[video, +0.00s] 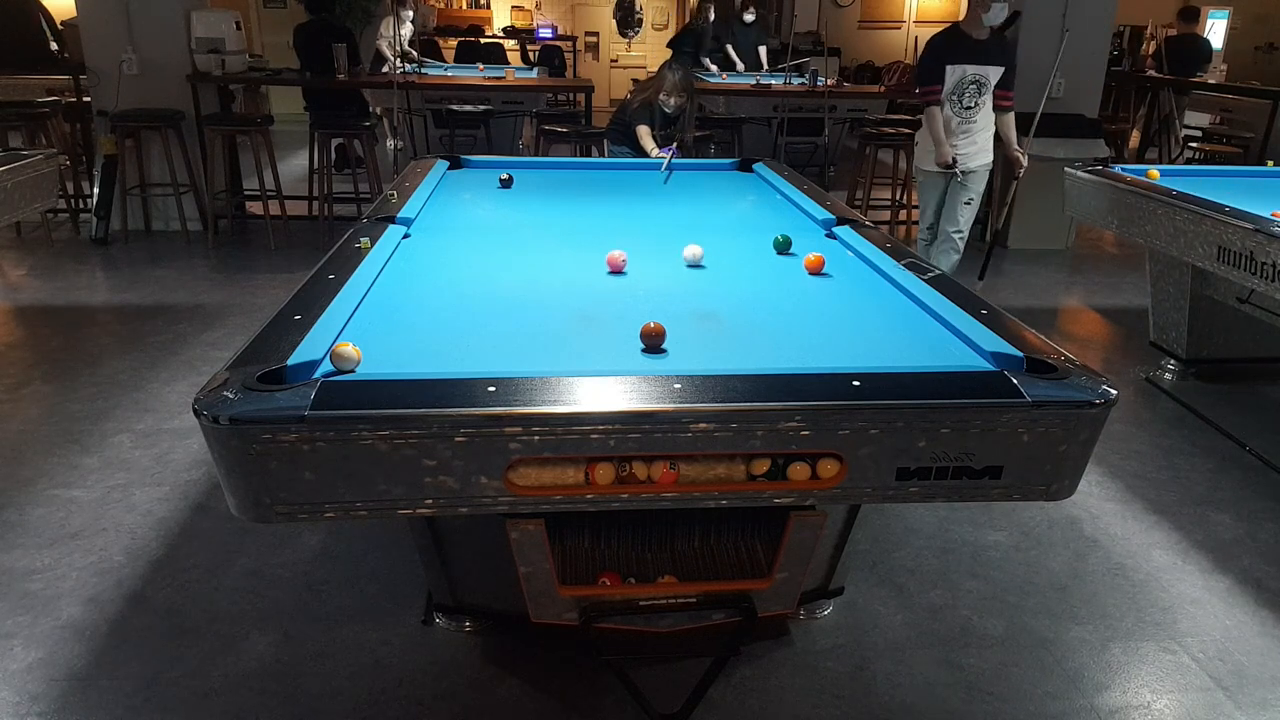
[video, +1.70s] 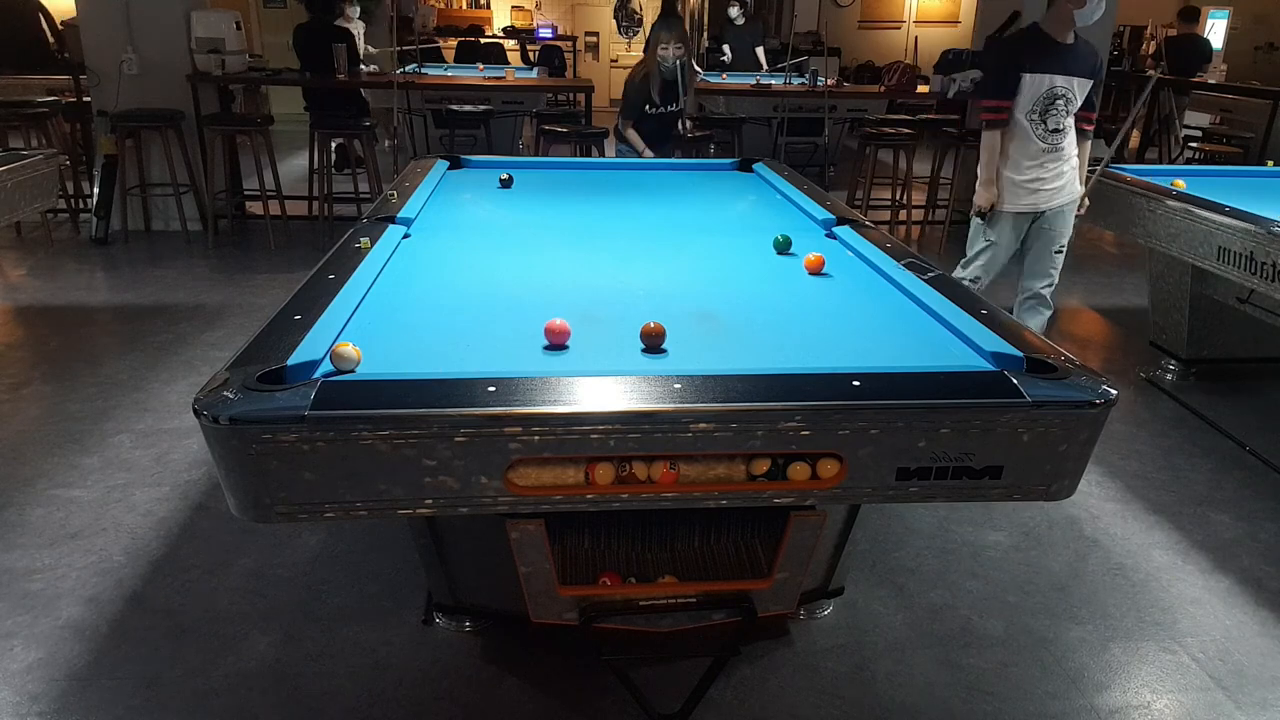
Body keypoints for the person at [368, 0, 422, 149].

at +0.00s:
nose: (409, 14)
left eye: (410, 10)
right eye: (405, 11)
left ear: (413, 11)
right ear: (398, 10)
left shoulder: (409, 27)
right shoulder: (389, 21)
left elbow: (403, 45)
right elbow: (380, 43)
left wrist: (412, 52)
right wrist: (392, 60)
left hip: (398, 66)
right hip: (382, 67)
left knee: (396, 104)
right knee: (385, 106)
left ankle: (395, 136)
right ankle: (390, 138)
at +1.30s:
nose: (390, 7)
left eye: (392, 4)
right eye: (386, 4)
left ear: (394, 5)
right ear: (380, 6)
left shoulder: (397, 21)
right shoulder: (374, 20)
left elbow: (396, 41)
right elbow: (374, 45)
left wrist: (401, 47)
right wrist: (391, 61)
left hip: (392, 61)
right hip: (377, 62)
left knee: (392, 100)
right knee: (380, 101)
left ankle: (394, 135)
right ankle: (389, 136)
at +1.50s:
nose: (378, 6)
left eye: (379, 3)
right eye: (374, 3)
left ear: (381, 5)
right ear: (367, 6)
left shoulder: (383, 21)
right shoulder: (361, 21)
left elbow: (381, 41)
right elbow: (362, 47)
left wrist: (392, 49)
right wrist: (380, 61)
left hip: (381, 64)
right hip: (367, 65)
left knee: (386, 102)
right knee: (375, 103)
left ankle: (390, 136)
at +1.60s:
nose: (366, 7)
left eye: (368, 4)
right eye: (362, 4)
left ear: (371, 6)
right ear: (355, 5)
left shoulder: (372, 23)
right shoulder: (351, 23)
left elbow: (370, 43)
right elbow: (355, 52)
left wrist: (378, 47)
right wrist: (373, 65)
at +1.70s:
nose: (355, 9)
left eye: (357, 6)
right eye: (351, 6)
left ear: (360, 7)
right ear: (344, 7)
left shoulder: (361, 25)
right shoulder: (338, 26)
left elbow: (359, 44)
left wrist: (366, 48)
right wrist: (363, 67)